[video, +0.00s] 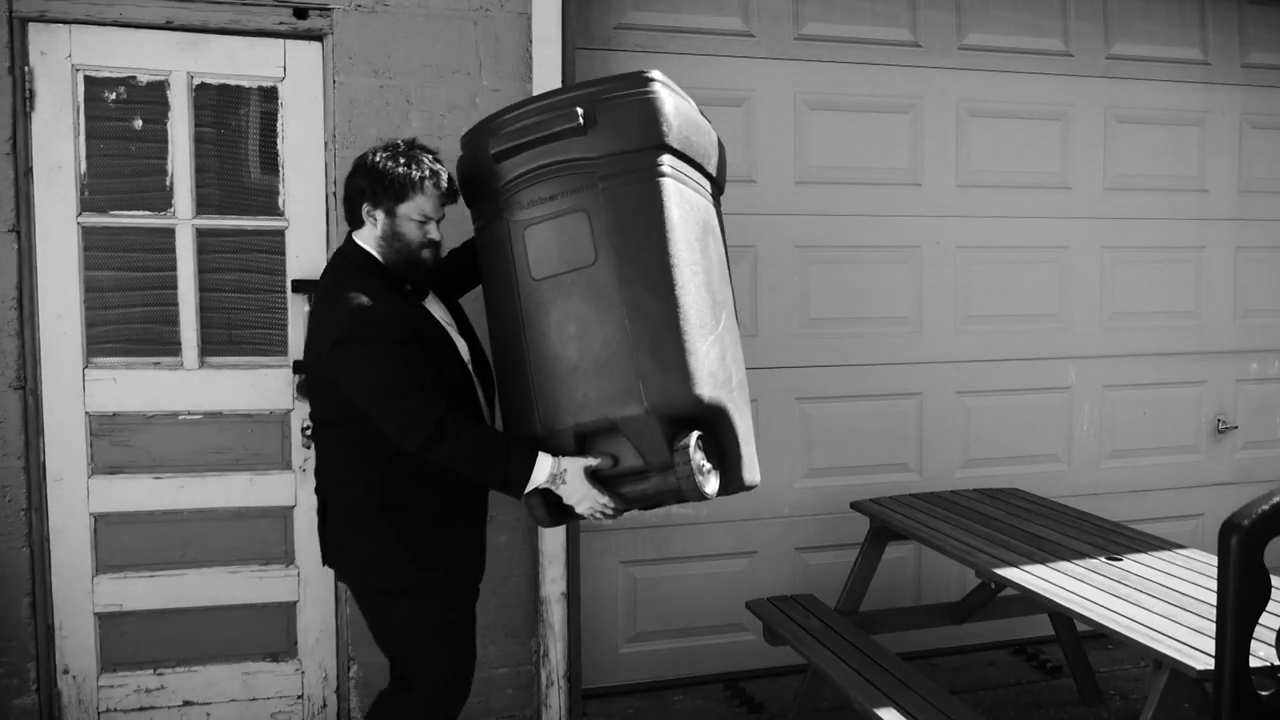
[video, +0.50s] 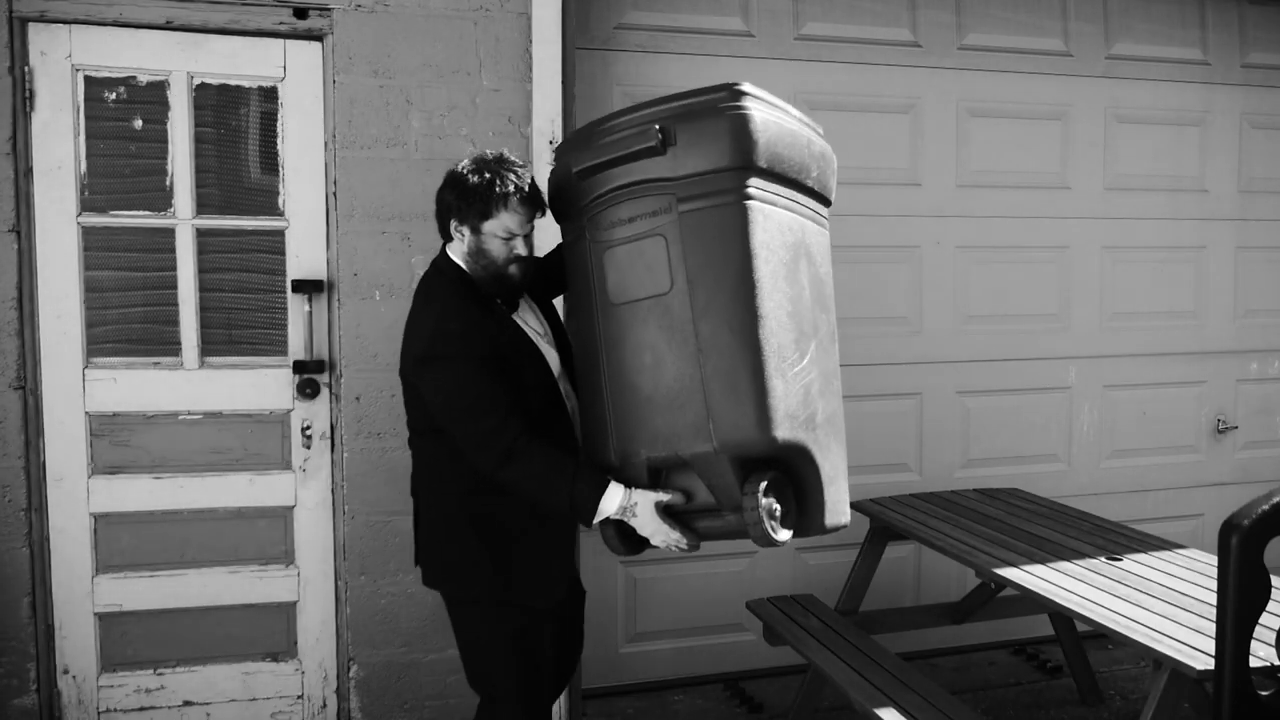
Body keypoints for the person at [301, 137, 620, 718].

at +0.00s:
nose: (436, 236)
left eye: (438, 221)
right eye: (422, 222)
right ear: (372, 216)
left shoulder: (401, 278)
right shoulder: (356, 309)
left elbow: (461, 272)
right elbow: (430, 431)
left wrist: (520, 220)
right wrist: (546, 472)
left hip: (437, 524)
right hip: (396, 538)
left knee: (438, 681)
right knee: (431, 685)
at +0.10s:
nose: (457, 233)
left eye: (459, 219)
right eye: (443, 220)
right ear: (393, 215)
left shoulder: (419, 274)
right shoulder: (378, 307)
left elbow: (475, 277)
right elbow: (451, 428)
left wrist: (535, 227)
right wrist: (562, 468)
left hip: (452, 527)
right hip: (416, 540)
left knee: (440, 680)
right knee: (465, 680)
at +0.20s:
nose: (476, 235)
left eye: (479, 220)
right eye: (461, 222)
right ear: (412, 216)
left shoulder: (442, 276)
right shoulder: (397, 305)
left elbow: (497, 277)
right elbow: (464, 429)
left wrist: (558, 223)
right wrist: (581, 471)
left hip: (470, 536)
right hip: (434, 549)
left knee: (448, 691)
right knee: (478, 691)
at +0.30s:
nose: (494, 241)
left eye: (497, 226)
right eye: (479, 228)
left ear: (504, 212)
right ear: (430, 223)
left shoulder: (465, 281)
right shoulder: (415, 313)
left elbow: (521, 275)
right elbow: (483, 436)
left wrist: (580, 224)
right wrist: (597, 480)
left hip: (491, 536)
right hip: (451, 550)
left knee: (467, 685)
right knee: (489, 692)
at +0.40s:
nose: (512, 247)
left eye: (515, 232)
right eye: (496, 235)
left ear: (523, 217)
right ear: (446, 231)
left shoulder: (485, 283)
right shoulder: (430, 322)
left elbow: (552, 268)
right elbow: (494, 447)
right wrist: (611, 492)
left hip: (516, 538)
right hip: (473, 553)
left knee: (511, 689)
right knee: (491, 697)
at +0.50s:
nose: (525, 249)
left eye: (528, 234)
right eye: (509, 239)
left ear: (532, 219)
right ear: (460, 233)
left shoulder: (506, 280)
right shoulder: (443, 325)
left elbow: (579, 259)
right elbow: (503, 450)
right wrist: (619, 501)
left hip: (537, 534)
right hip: (488, 553)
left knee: (549, 678)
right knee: (513, 696)